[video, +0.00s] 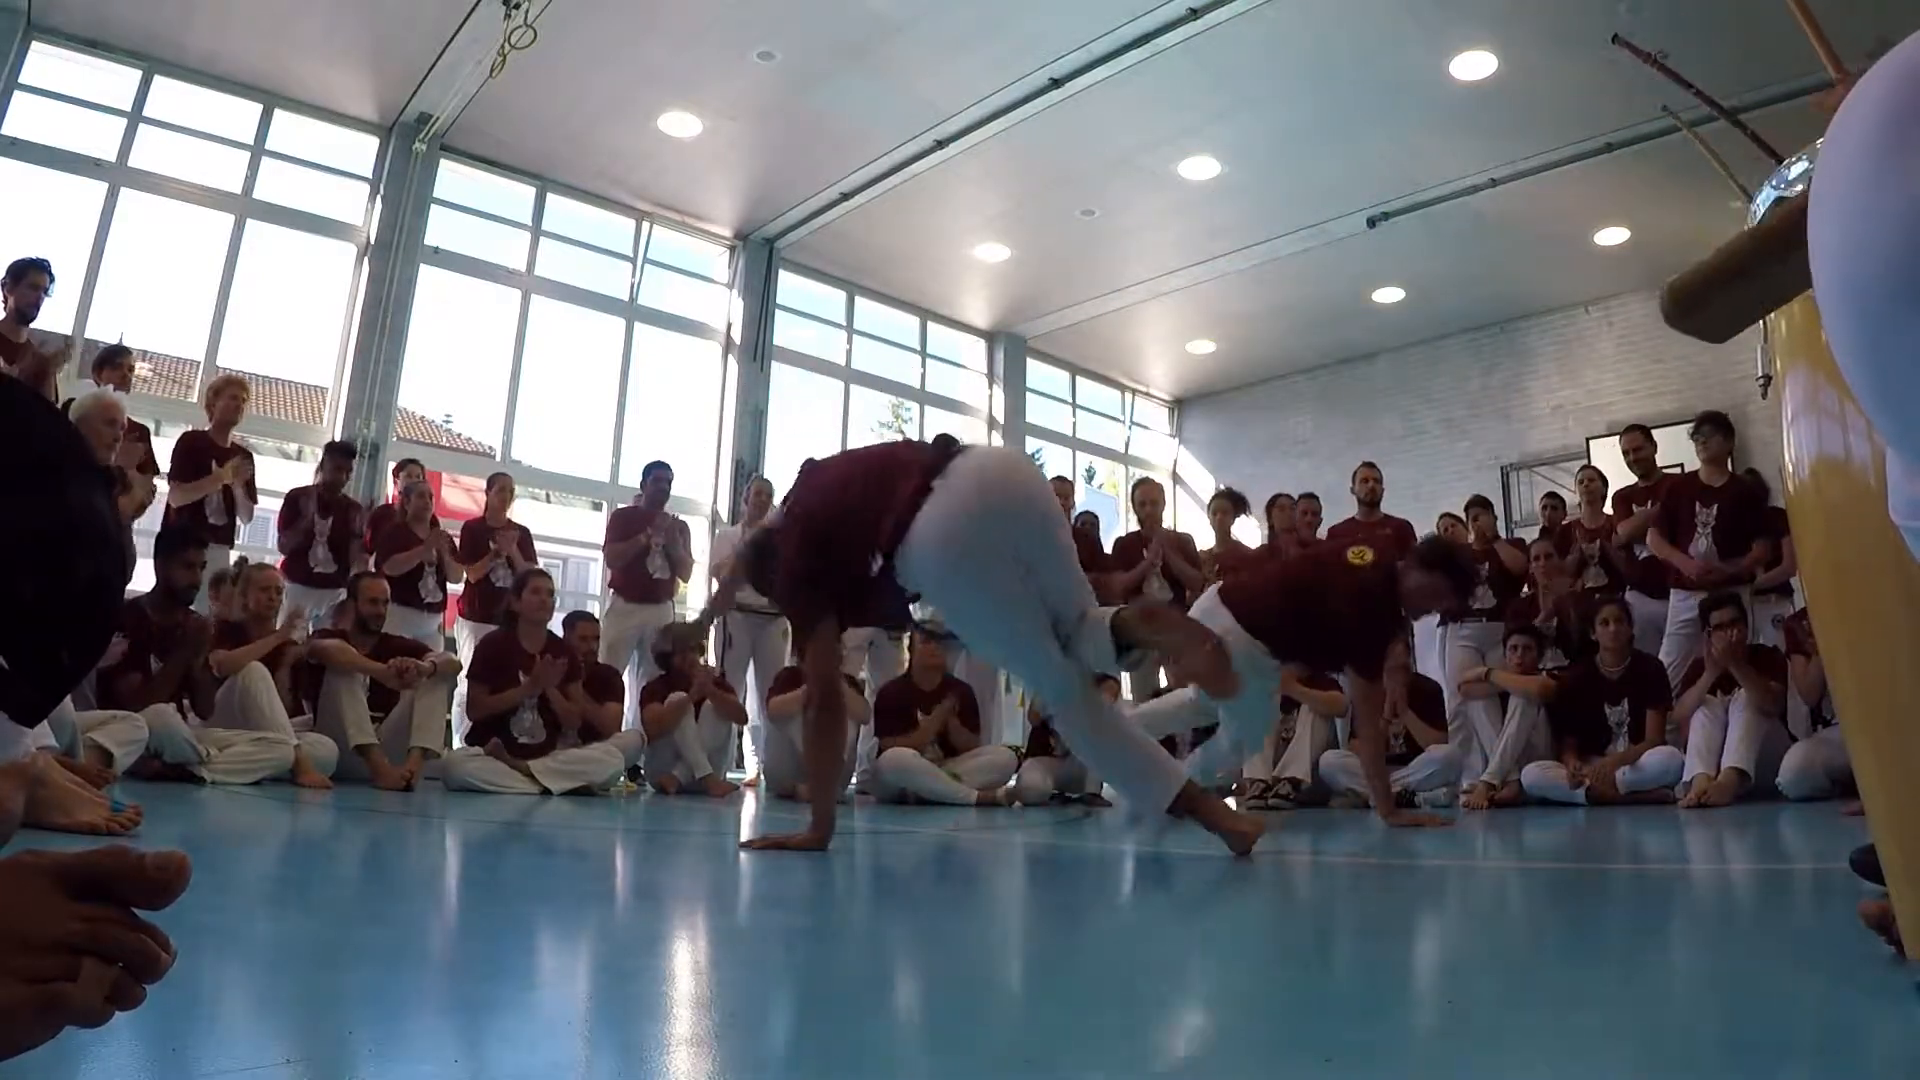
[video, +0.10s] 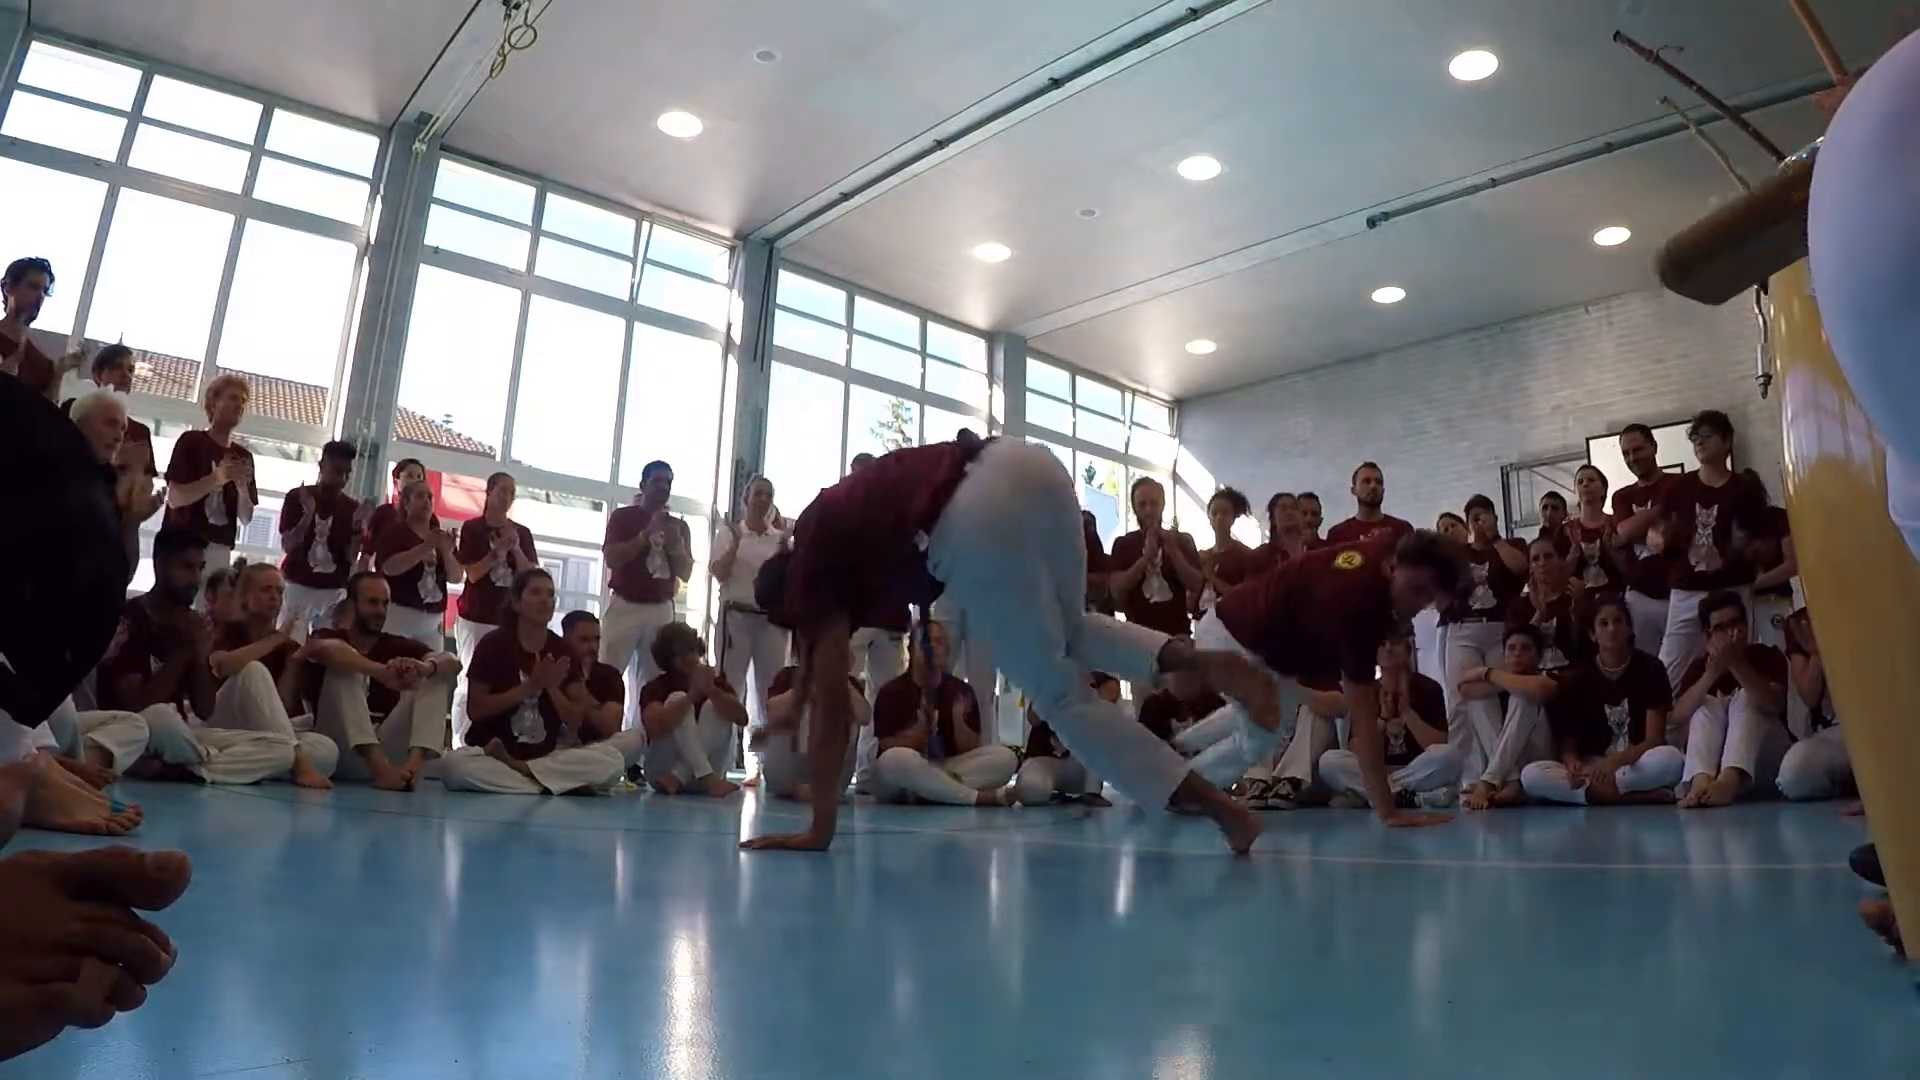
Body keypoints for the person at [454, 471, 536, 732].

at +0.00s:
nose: (506, 495)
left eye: (510, 491)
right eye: (501, 490)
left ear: (514, 496)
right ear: (488, 493)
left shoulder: (521, 533)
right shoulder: (472, 527)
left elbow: (531, 576)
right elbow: (471, 574)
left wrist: (512, 552)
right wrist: (495, 553)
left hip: (509, 623)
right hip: (474, 618)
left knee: (504, 683)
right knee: (470, 684)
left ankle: (497, 742)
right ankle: (463, 745)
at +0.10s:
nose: (507, 496)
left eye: (511, 492)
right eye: (502, 490)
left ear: (514, 497)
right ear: (488, 493)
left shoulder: (522, 533)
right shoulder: (472, 527)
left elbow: (532, 575)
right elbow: (471, 573)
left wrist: (515, 549)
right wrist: (496, 553)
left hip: (510, 621)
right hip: (474, 617)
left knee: (506, 682)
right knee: (470, 682)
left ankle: (498, 741)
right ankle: (461, 743)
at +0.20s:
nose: (506, 496)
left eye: (511, 492)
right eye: (501, 490)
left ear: (514, 498)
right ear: (488, 492)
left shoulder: (522, 533)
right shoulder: (472, 528)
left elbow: (532, 575)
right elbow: (471, 574)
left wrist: (513, 551)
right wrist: (497, 552)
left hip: (509, 623)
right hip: (474, 619)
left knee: (504, 684)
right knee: (469, 685)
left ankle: (497, 743)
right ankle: (462, 745)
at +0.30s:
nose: (508, 497)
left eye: (512, 493)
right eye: (504, 491)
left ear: (515, 498)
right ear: (489, 492)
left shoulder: (521, 532)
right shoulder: (472, 527)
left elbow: (531, 575)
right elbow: (470, 573)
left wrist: (512, 554)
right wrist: (496, 553)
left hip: (510, 622)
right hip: (474, 618)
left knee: (505, 684)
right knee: (470, 685)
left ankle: (497, 743)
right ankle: (462, 745)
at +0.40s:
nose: (508, 496)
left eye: (512, 493)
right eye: (503, 490)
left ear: (515, 499)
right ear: (489, 493)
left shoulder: (521, 533)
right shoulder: (472, 528)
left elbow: (531, 576)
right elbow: (471, 574)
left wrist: (513, 549)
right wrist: (497, 550)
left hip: (509, 624)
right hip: (474, 619)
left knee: (504, 685)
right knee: (470, 686)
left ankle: (497, 744)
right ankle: (463, 746)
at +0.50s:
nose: (508, 497)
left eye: (512, 493)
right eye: (503, 491)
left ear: (515, 498)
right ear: (489, 493)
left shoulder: (521, 531)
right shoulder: (472, 527)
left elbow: (531, 573)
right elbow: (471, 573)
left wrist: (518, 545)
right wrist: (494, 553)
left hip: (510, 622)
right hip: (475, 617)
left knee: (505, 684)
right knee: (470, 684)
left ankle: (497, 743)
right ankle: (462, 745)